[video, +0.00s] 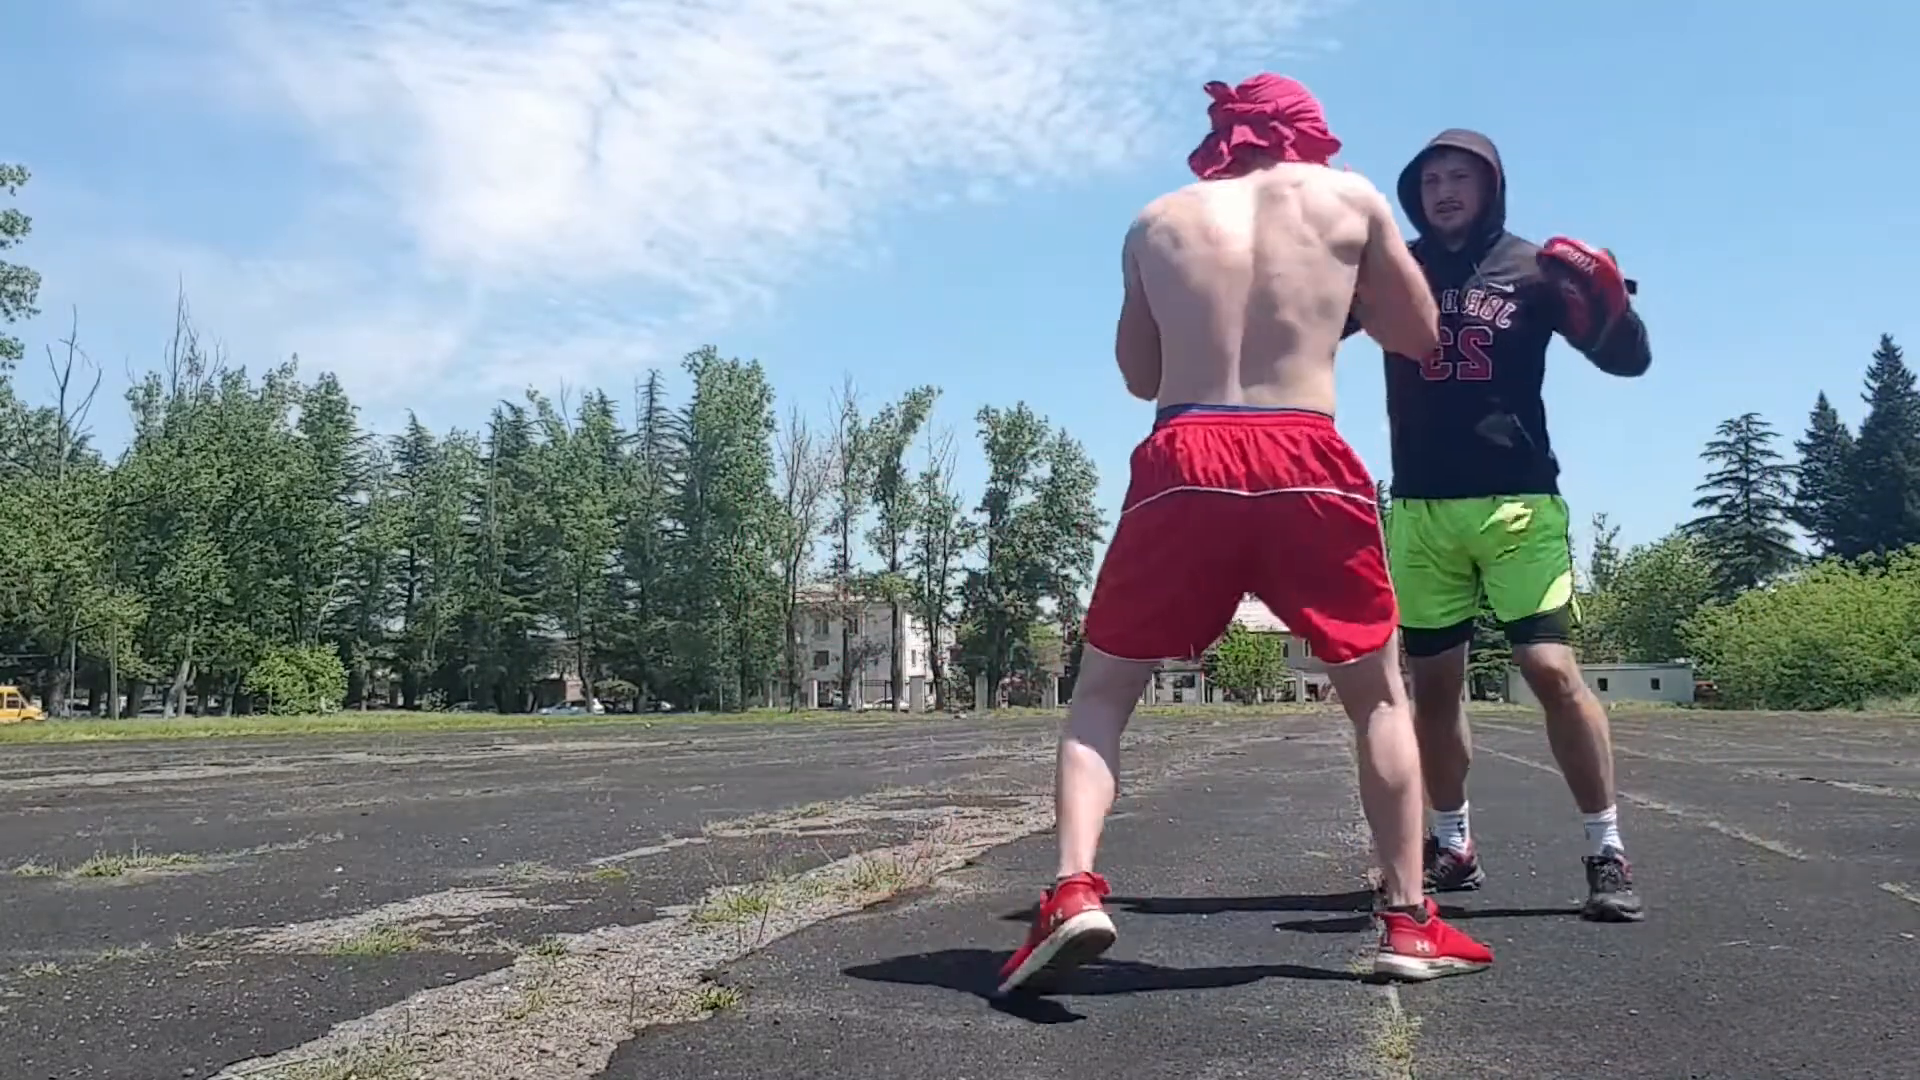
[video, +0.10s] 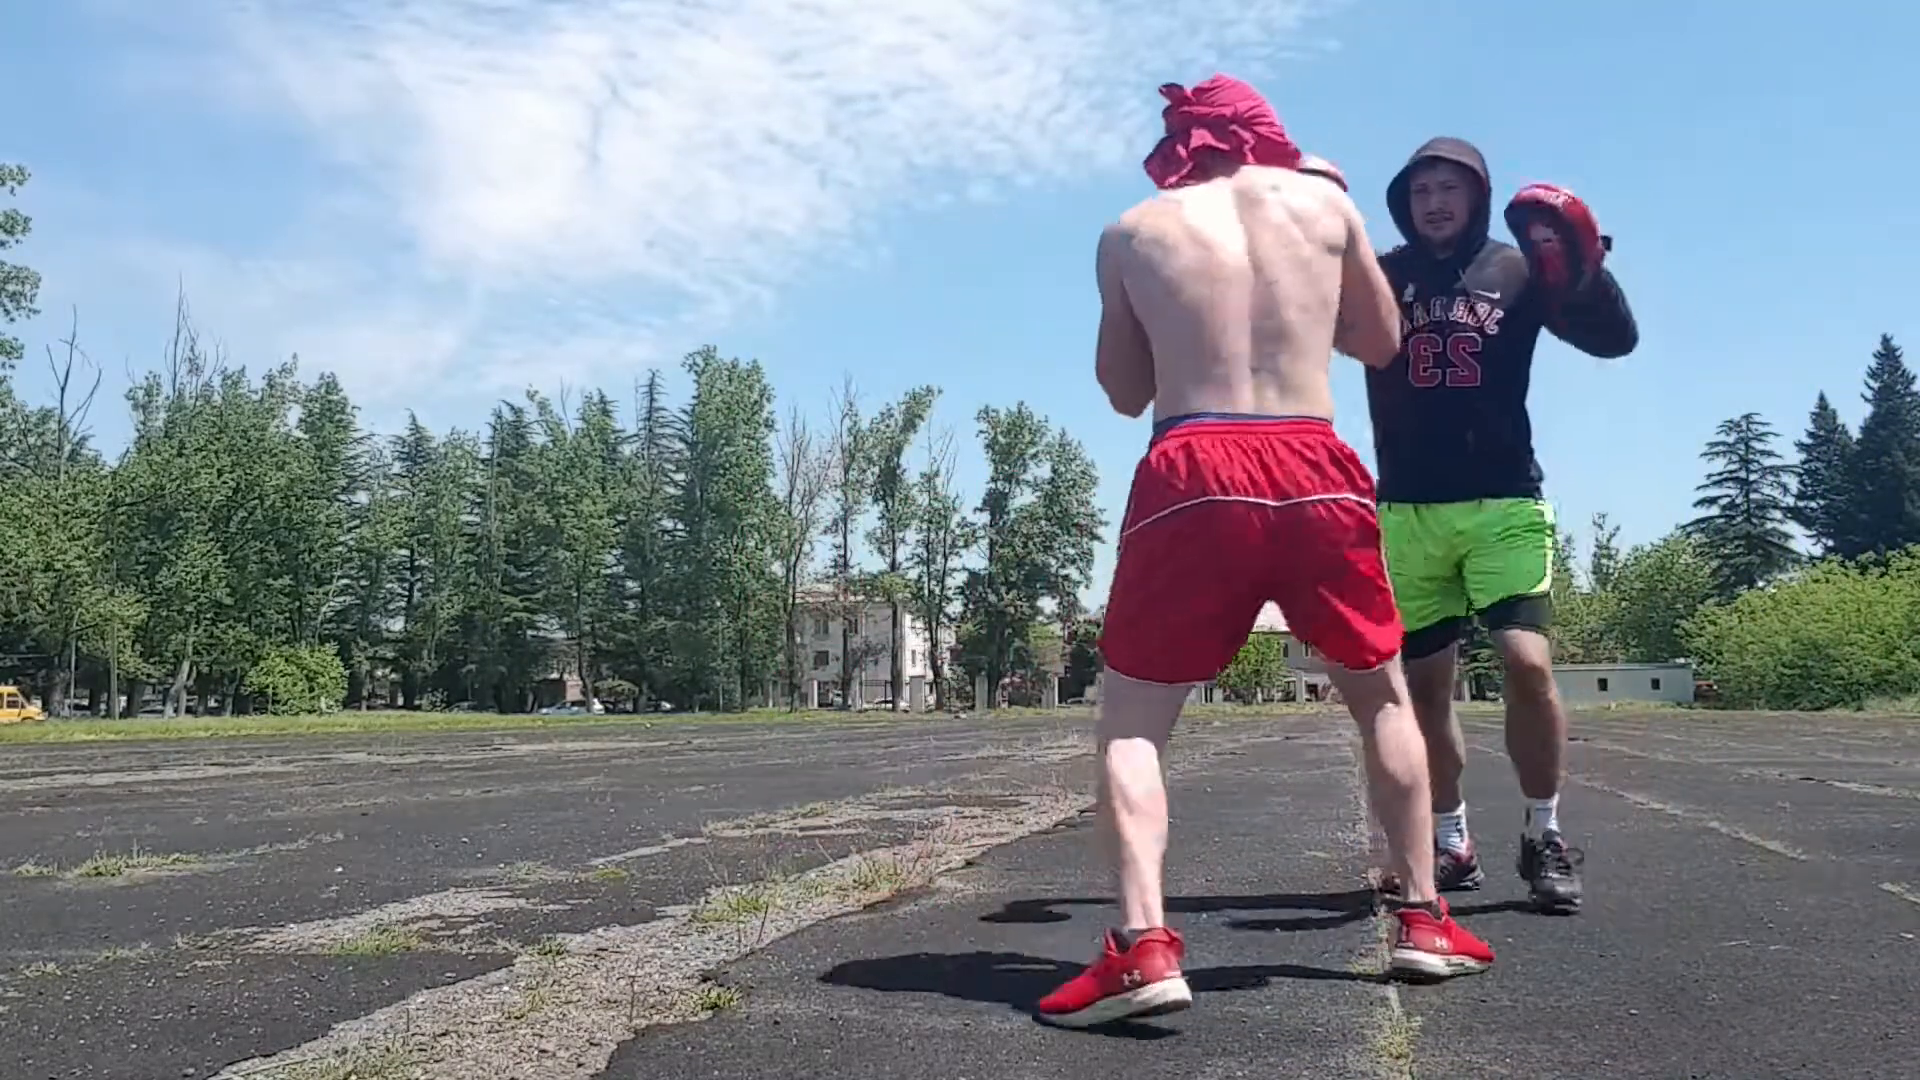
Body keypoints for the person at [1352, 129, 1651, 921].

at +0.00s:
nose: (1446, 191)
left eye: (1462, 179)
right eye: (1433, 181)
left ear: (1492, 190)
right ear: (1415, 195)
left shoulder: (1533, 267)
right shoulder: (1392, 272)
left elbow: (1630, 361)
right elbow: (1318, 313)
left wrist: (1612, 305)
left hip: (1518, 502)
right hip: (1420, 509)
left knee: (1551, 671)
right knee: (1432, 689)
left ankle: (1607, 851)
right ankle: (1450, 847)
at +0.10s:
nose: (1435, 201)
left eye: (1450, 188)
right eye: (1421, 190)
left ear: (1478, 199)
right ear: (1405, 203)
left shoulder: (1518, 268)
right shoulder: (1377, 275)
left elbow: (1613, 342)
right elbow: (1315, 311)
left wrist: (1585, 267)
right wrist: (1312, 229)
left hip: (1506, 501)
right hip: (1410, 506)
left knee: (1529, 664)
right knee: (1427, 689)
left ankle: (1545, 838)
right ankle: (1451, 846)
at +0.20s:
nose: (1431, 197)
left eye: (1447, 185)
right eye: (1418, 186)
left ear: (1475, 195)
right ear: (1400, 199)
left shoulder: (1512, 261)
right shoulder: (1375, 265)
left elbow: (1598, 302)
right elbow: (1308, 295)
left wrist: (1558, 225)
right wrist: (1296, 215)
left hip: (1491, 496)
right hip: (1395, 495)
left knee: (1501, 679)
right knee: (1395, 678)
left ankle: (1496, 846)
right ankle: (1414, 840)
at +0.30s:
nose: (1432, 206)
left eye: (1447, 193)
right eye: (1418, 195)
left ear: (1476, 207)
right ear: (1399, 210)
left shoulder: (1509, 275)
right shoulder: (1379, 274)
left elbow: (1575, 277)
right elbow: (1316, 263)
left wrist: (1535, 198)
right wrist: (1319, 181)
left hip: (1485, 510)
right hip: (1389, 505)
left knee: (1496, 682)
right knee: (1341, 667)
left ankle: (1496, 851)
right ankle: (1388, 804)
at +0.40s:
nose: (1424, 203)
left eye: (1440, 192)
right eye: (1408, 192)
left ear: (1465, 206)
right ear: (1388, 207)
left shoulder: (1491, 273)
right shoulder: (1364, 267)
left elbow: (1555, 275)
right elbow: (1313, 270)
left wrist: (1516, 194)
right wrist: (1327, 185)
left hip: (1469, 504)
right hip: (1371, 499)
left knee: (1493, 683)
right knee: (1326, 664)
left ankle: (1498, 851)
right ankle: (1330, 831)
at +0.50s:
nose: (1405, 193)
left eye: (1421, 180)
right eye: (1389, 179)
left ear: (1445, 196)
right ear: (1361, 191)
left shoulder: (1467, 264)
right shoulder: (1336, 260)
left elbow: (1545, 270)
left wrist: (1507, 191)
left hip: (1451, 497)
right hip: (1359, 498)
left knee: (1480, 675)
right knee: (1314, 679)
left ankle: (1493, 849)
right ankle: (1280, 847)